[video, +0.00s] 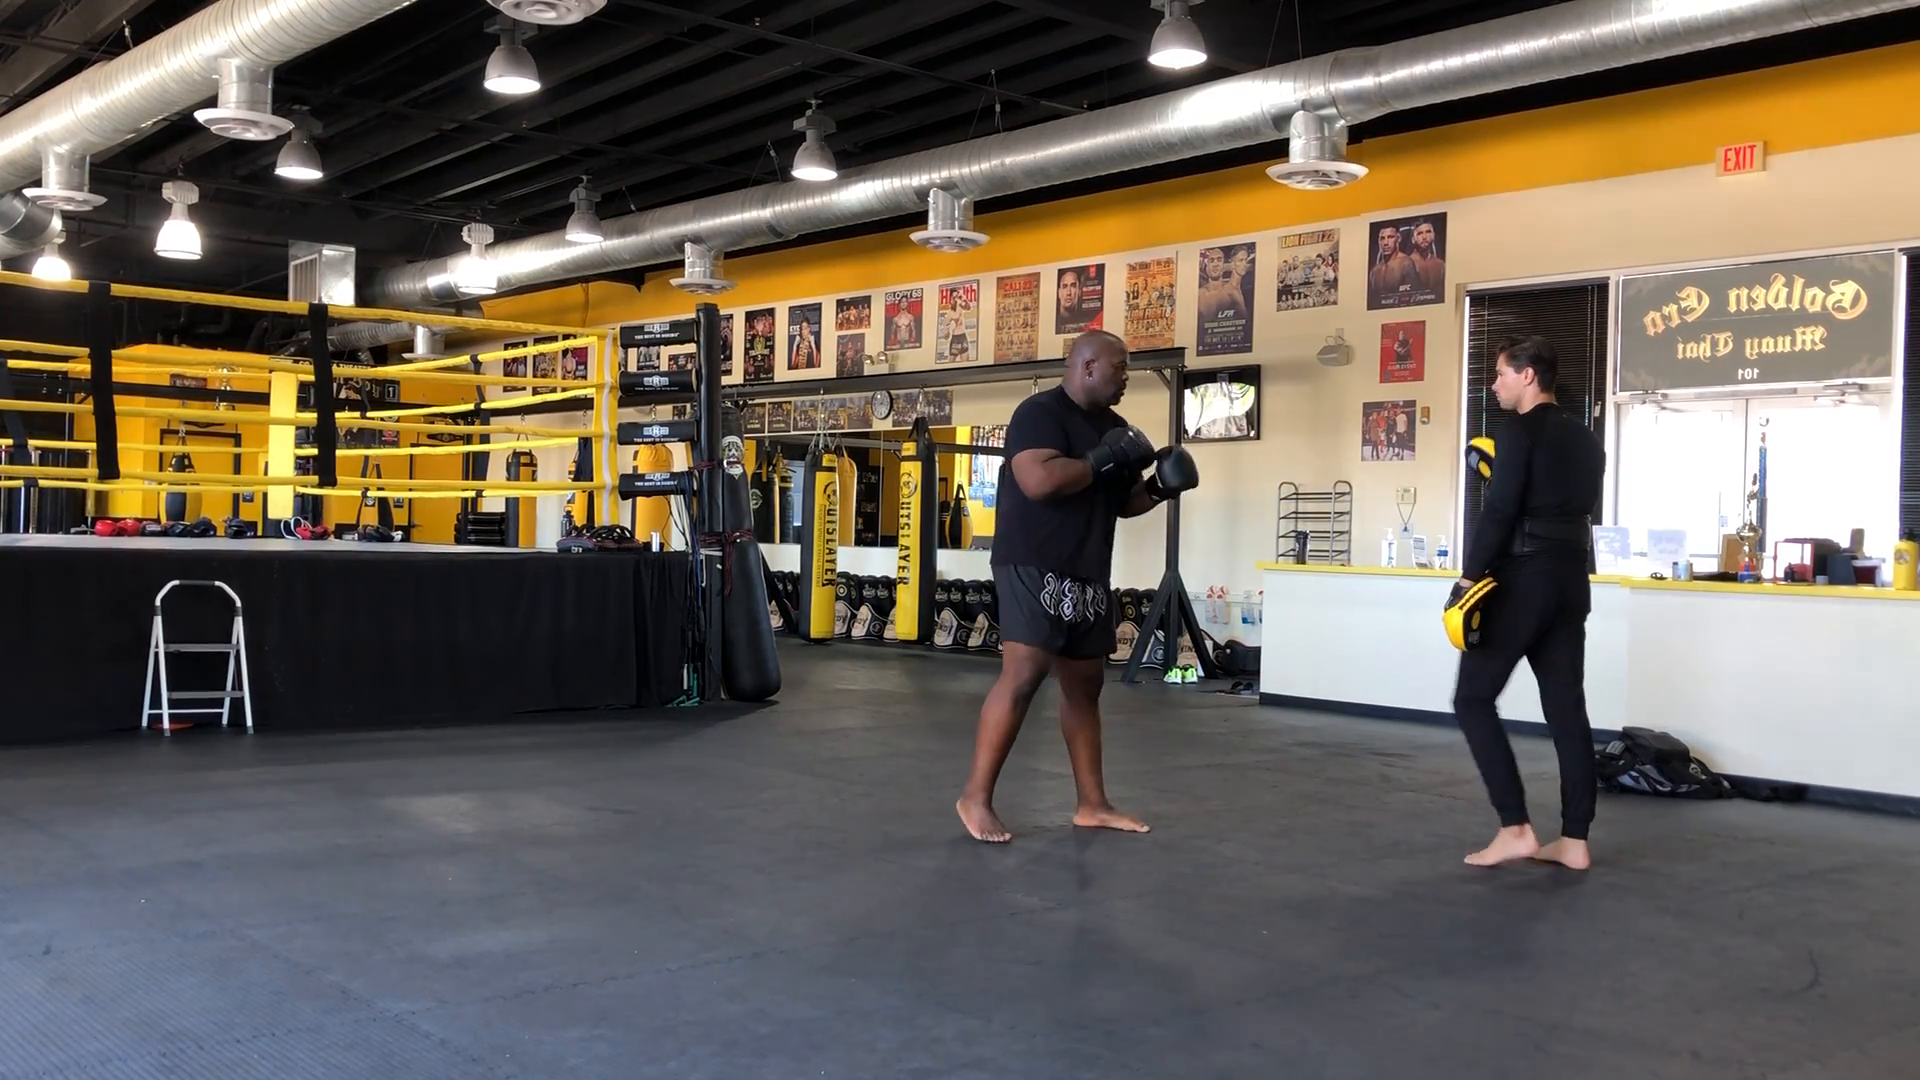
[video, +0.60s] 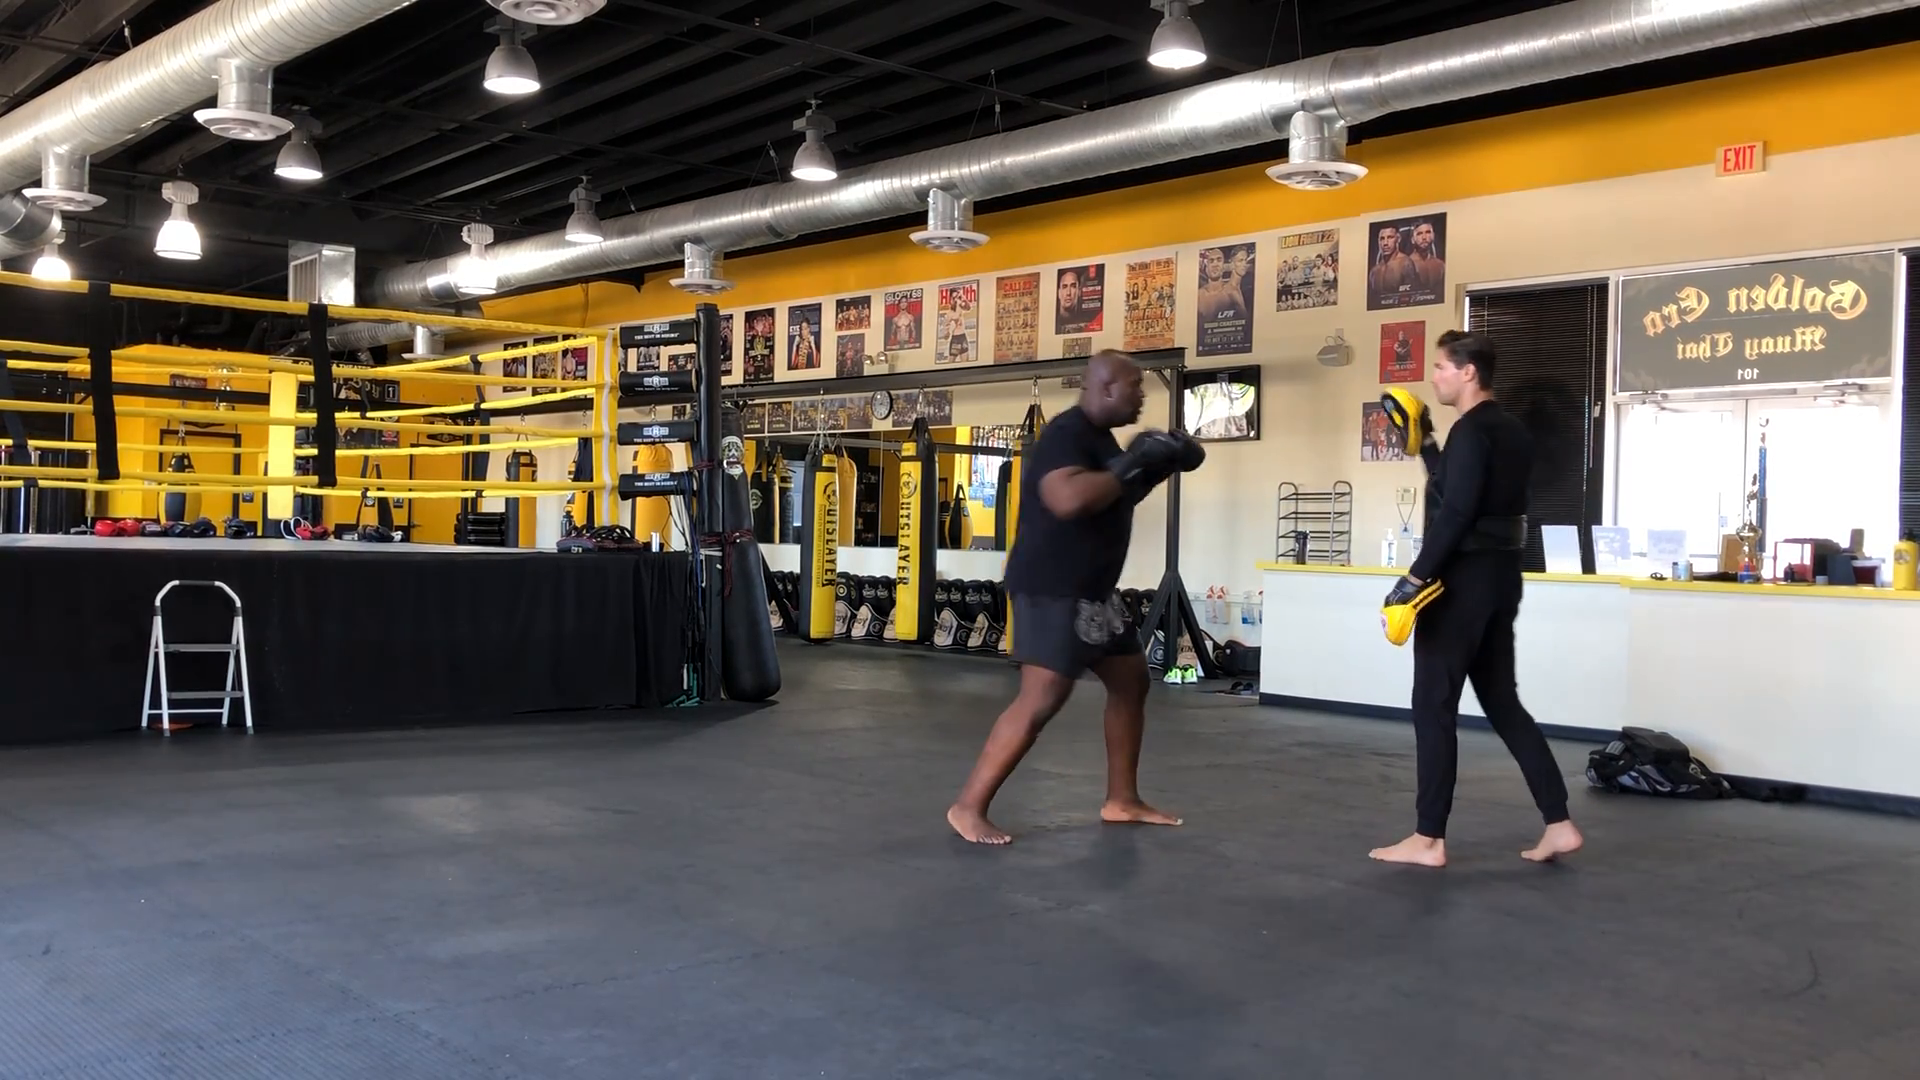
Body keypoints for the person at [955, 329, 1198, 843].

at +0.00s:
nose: (1125, 382)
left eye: (1126, 373)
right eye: (1120, 371)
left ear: (1097, 369)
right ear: (1086, 366)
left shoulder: (1112, 430)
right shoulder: (1037, 412)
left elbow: (1122, 504)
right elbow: (1039, 480)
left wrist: (1158, 485)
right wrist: (1108, 457)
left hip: (1087, 573)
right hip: (1031, 566)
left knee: (1084, 684)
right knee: (1022, 675)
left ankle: (1092, 803)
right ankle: (975, 799)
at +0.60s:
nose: (1141, 394)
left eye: (1141, 385)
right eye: (1134, 386)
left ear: (1109, 389)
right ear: (1103, 388)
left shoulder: (1105, 443)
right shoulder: (1064, 433)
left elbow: (1115, 498)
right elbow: (1065, 497)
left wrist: (1156, 466)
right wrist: (1130, 465)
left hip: (1092, 592)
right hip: (1050, 592)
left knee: (1129, 679)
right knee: (1041, 696)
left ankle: (1122, 799)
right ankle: (967, 808)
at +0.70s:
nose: (1165, 395)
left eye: (1164, 386)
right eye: (1158, 386)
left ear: (1119, 386)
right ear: (1130, 386)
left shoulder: (1088, 424)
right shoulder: (1110, 422)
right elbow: (1125, 470)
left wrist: (1156, 444)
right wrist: (1196, 447)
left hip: (1088, 582)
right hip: (1073, 580)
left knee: (1122, 676)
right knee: (1057, 692)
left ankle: (1121, 798)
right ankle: (970, 798)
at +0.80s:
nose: (1180, 406)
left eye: (1179, 397)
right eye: (1176, 396)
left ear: (1131, 390)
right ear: (1147, 392)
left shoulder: (1089, 422)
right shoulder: (1146, 422)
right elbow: (1238, 430)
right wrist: (1312, 423)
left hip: (1057, 563)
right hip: (1081, 568)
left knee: (1118, 676)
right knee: (1073, 692)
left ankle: (1120, 799)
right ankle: (981, 791)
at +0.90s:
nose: (1182, 404)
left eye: (1183, 397)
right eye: (1180, 395)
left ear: (1137, 386)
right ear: (1157, 388)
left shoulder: (1094, 422)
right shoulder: (1152, 421)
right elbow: (1235, 435)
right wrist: (1296, 429)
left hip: (1063, 556)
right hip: (1090, 562)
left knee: (1123, 672)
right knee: (1082, 683)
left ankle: (1121, 798)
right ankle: (992, 788)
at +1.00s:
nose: (1188, 400)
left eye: (1189, 390)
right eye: (1185, 389)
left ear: (1146, 383)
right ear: (1159, 385)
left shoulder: (1106, 419)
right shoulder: (1143, 416)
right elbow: (1186, 464)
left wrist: (1231, 457)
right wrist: (1246, 456)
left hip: (1083, 556)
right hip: (1095, 558)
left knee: (1135, 672)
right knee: (1083, 676)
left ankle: (1122, 799)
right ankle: (995, 787)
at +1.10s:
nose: (1188, 395)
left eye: (1190, 386)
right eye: (1185, 384)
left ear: (1151, 379)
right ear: (1155, 380)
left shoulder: (1146, 428)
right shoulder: (1124, 414)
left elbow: (1148, 482)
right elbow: (1130, 482)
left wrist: (1182, 458)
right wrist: (1193, 467)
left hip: (1124, 564)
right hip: (1088, 556)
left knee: (1137, 672)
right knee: (1084, 669)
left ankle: (1123, 799)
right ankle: (1010, 793)